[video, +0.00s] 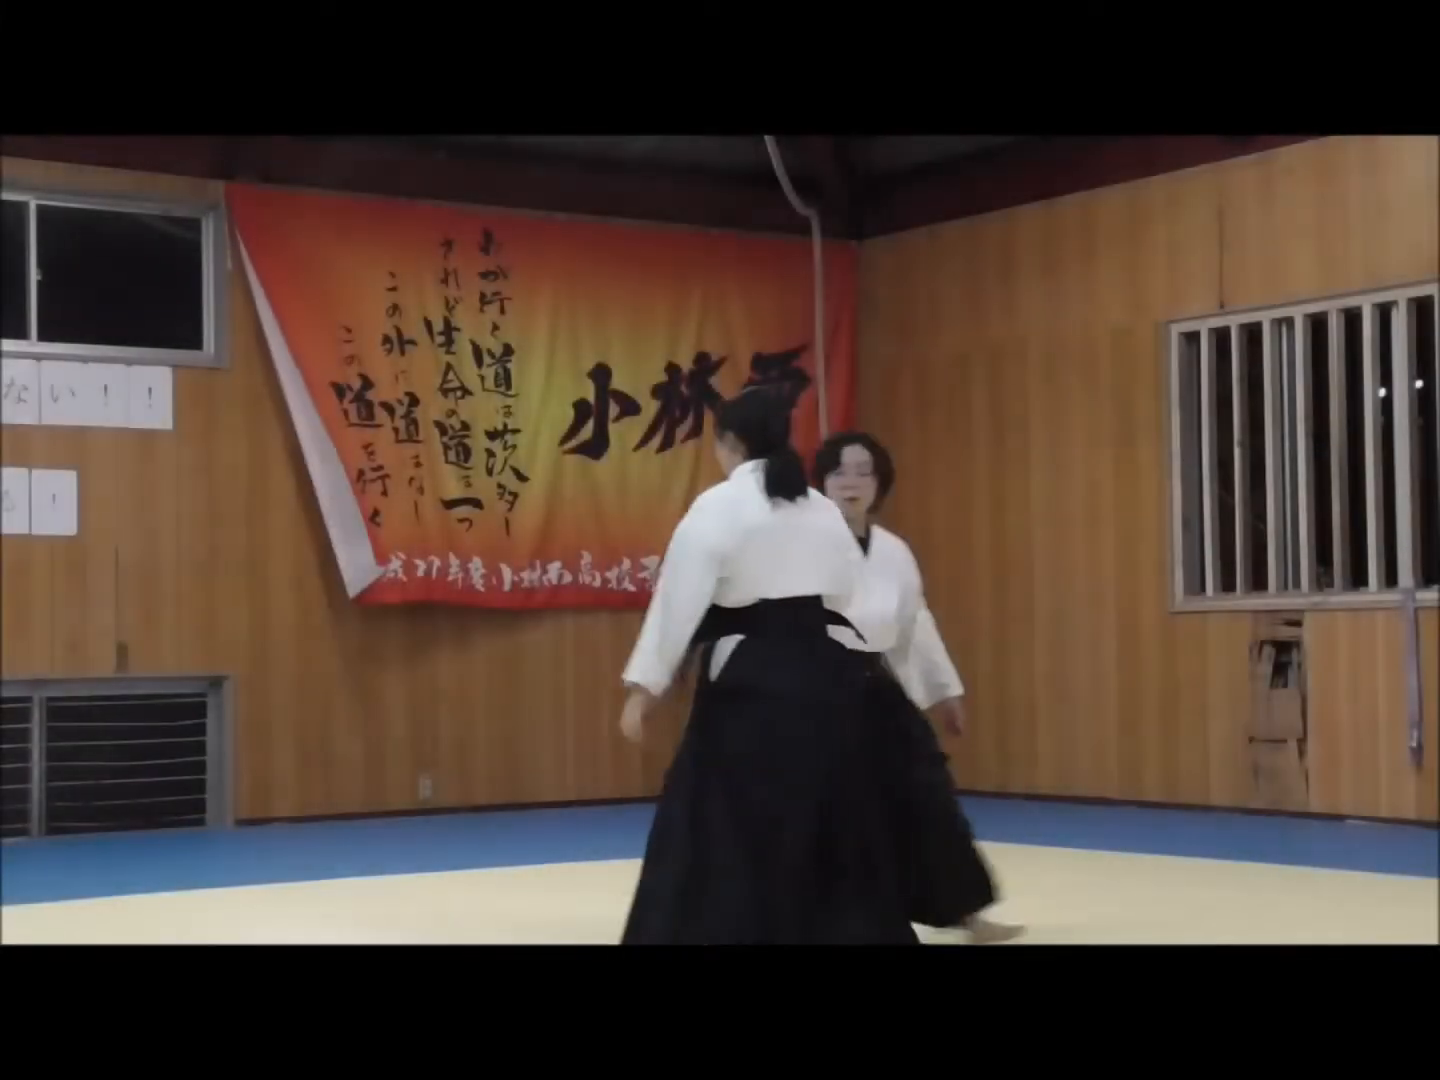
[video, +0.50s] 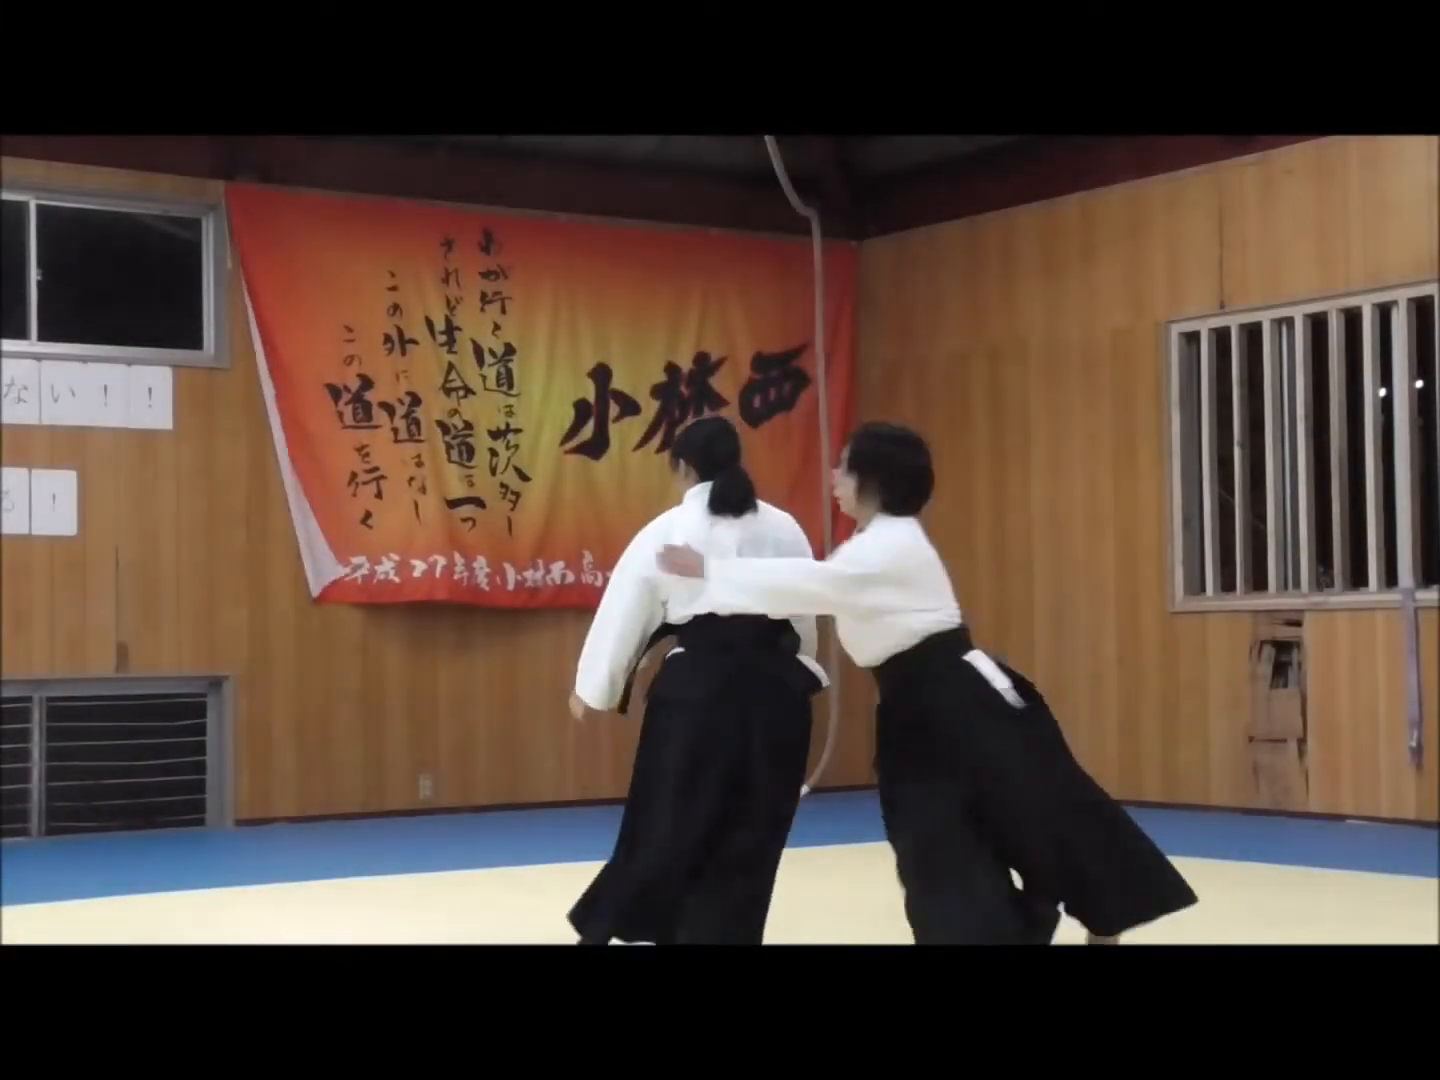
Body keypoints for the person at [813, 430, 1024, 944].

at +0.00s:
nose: (851, 482)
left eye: (863, 472)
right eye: (840, 472)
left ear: (881, 484)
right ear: (821, 483)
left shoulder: (893, 552)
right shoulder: (807, 544)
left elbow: (915, 624)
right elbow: (788, 622)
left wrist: (943, 690)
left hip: (885, 687)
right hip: (821, 688)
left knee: (926, 787)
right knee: (822, 797)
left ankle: (960, 908)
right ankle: (818, 911)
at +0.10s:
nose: (882, 479)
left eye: (896, 469)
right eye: (871, 468)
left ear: (918, 481)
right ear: (859, 477)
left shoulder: (940, 547)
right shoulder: (837, 540)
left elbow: (967, 626)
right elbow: (812, 623)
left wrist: (994, 699)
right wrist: (807, 696)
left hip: (925, 684)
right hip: (859, 684)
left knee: (975, 795)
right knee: (868, 818)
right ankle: (869, 930)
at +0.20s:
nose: (891, 485)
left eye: (907, 476)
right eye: (886, 475)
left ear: (939, 487)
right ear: (878, 482)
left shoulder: (973, 556)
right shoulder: (853, 552)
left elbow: (1026, 626)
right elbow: (814, 636)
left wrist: (1053, 703)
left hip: (960, 702)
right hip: (888, 705)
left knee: (1022, 811)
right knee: (893, 834)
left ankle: (1079, 926)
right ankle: (897, 932)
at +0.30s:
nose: (884, 491)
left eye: (899, 481)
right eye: (883, 479)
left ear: (935, 490)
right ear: (881, 484)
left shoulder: (971, 556)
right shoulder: (867, 550)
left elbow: (1011, 634)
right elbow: (834, 621)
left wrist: (979, 694)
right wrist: (789, 584)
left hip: (969, 701)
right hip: (904, 705)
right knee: (920, 840)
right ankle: (950, 933)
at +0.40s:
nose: (862, 480)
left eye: (873, 470)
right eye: (864, 470)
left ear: (908, 480)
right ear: (880, 481)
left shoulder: (940, 547)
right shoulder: (867, 541)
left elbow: (894, 622)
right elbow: (851, 605)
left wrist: (805, 626)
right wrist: (785, 595)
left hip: (974, 697)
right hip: (915, 701)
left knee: (1012, 823)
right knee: (937, 835)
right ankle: (963, 933)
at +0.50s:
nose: (835, 479)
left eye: (844, 470)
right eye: (839, 469)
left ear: (870, 483)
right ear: (895, 482)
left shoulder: (889, 545)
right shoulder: (882, 540)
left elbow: (813, 586)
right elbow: (815, 585)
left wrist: (711, 576)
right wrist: (722, 577)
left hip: (937, 696)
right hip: (928, 692)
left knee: (935, 841)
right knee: (938, 837)